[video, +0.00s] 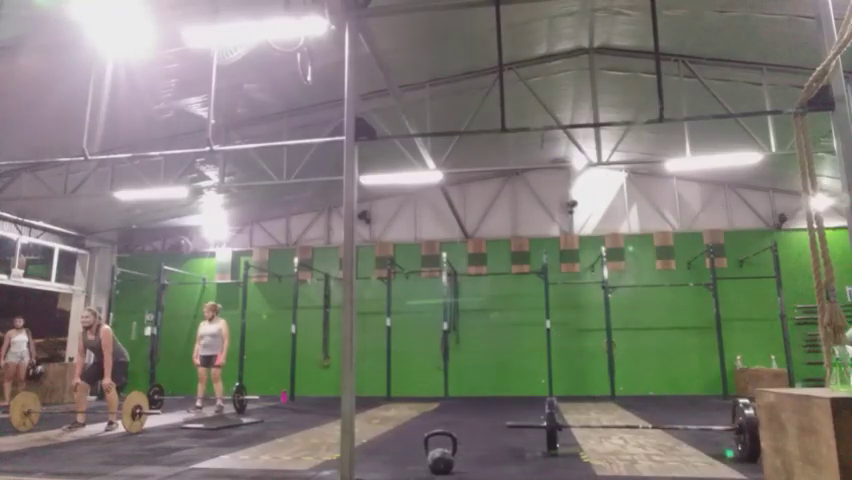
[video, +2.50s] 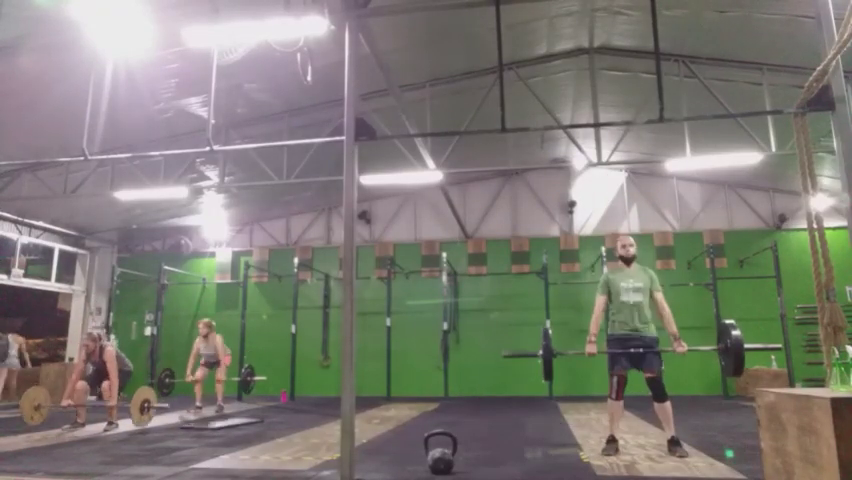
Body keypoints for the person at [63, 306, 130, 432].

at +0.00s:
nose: (83, 320)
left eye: (87, 317)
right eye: (82, 317)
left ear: (95, 318)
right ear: (80, 319)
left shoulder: (104, 330)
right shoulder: (83, 334)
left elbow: (108, 355)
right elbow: (81, 355)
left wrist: (107, 377)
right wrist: (77, 376)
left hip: (118, 361)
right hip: (101, 361)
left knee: (108, 385)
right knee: (81, 384)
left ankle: (112, 420)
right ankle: (80, 420)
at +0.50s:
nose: (82, 332)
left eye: (83, 329)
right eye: (80, 330)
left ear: (91, 325)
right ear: (80, 329)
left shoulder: (105, 333)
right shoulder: (84, 336)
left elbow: (111, 357)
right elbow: (80, 357)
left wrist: (111, 379)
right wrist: (74, 379)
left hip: (119, 360)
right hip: (102, 361)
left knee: (109, 387)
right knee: (81, 385)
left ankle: (112, 421)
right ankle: (80, 420)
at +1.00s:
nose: (77, 350)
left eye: (80, 347)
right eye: (75, 347)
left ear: (88, 347)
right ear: (73, 348)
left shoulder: (100, 356)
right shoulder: (76, 360)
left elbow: (107, 381)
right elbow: (67, 381)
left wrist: (107, 405)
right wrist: (58, 403)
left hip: (118, 374)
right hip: (98, 375)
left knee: (101, 389)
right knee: (75, 389)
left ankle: (112, 420)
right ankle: (80, 420)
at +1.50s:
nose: (94, 302)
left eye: (98, 300)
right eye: (94, 300)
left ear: (106, 301)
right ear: (94, 300)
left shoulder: (112, 312)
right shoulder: (93, 314)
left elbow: (122, 331)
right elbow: (85, 333)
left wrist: (120, 352)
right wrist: (76, 351)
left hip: (110, 355)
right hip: (94, 355)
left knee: (113, 385)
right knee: (88, 386)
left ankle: (113, 420)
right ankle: (80, 420)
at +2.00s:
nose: (85, 347)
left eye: (88, 345)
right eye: (84, 345)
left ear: (96, 343)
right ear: (82, 344)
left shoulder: (108, 351)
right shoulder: (86, 351)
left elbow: (113, 376)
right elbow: (77, 374)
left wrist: (114, 399)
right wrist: (66, 397)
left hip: (120, 373)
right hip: (100, 373)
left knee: (105, 387)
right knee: (78, 387)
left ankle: (112, 421)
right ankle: (80, 421)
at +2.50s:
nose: (85, 348)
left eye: (88, 345)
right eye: (84, 345)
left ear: (96, 344)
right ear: (83, 344)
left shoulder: (108, 351)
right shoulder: (85, 351)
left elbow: (114, 376)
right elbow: (76, 374)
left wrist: (114, 400)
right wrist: (67, 397)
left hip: (121, 370)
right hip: (102, 370)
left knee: (106, 387)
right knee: (80, 387)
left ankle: (112, 421)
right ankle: (80, 420)